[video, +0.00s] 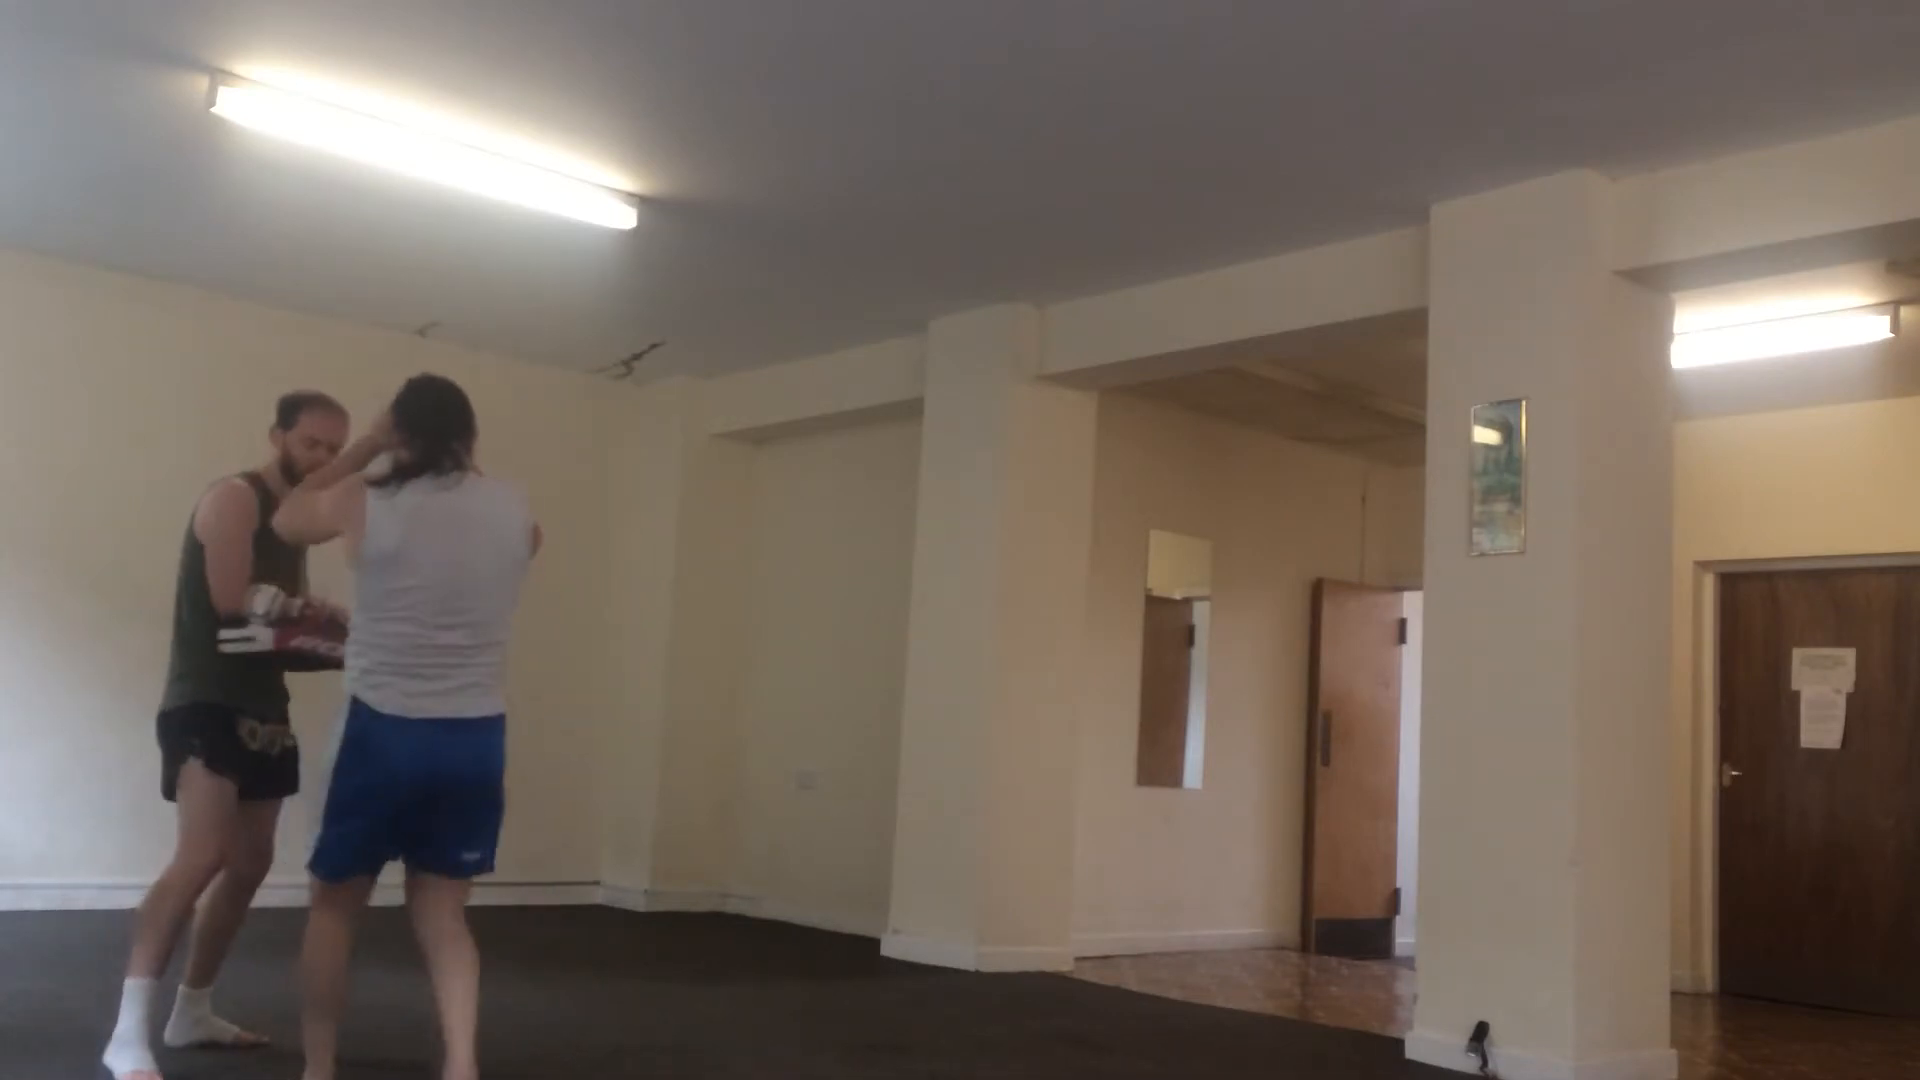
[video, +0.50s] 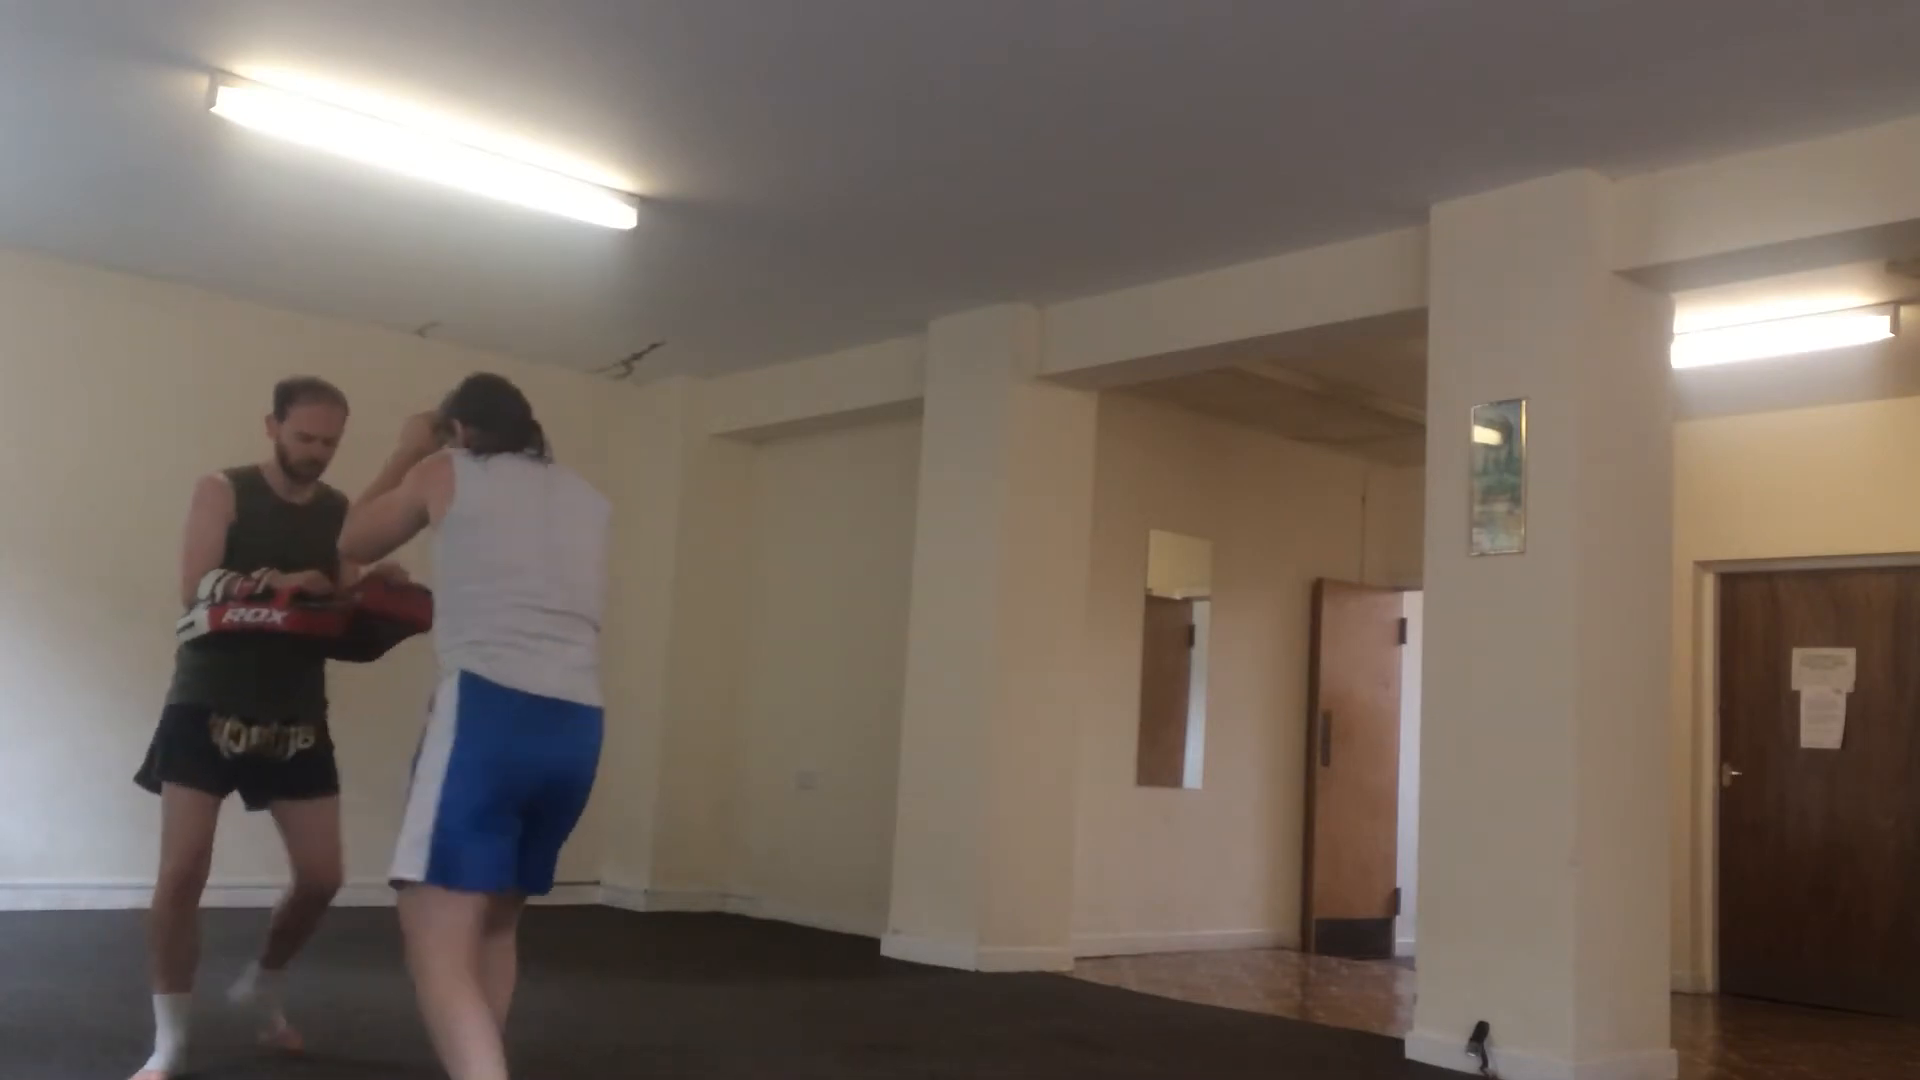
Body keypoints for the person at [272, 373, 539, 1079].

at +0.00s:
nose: (381, 437)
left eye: (387, 428)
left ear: (399, 438)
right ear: (469, 436)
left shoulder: (368, 502)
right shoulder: (512, 508)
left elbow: (288, 520)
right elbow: (524, 547)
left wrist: (365, 449)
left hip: (382, 744)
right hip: (474, 747)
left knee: (336, 906)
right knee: (443, 908)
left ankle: (319, 1066)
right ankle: (462, 1067)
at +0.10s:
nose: (408, 443)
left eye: (411, 433)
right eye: (412, 431)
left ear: (422, 442)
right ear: (490, 441)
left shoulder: (395, 501)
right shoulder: (536, 513)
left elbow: (309, 530)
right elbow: (481, 605)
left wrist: (378, 453)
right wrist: (374, 628)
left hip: (404, 747)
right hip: (498, 751)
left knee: (354, 918)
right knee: (464, 938)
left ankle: (325, 1065)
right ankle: (462, 1074)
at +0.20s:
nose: (420, 446)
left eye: (424, 436)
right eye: (423, 435)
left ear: (439, 445)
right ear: (504, 445)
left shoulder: (415, 497)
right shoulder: (553, 513)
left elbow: (327, 546)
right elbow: (504, 617)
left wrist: (386, 462)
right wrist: (385, 628)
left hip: (426, 743)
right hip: (523, 750)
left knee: (364, 906)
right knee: (479, 926)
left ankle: (364, 1069)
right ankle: (467, 1073)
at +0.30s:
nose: (433, 445)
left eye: (435, 433)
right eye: (435, 432)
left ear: (449, 436)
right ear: (515, 435)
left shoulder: (431, 485)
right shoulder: (568, 504)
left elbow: (343, 550)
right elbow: (523, 613)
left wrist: (391, 459)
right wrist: (395, 627)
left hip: (447, 736)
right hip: (542, 743)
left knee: (379, 905)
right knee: (492, 914)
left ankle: (417, 1070)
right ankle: (471, 1072)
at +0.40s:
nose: (443, 439)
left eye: (443, 428)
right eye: (443, 428)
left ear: (457, 429)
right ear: (523, 427)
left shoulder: (442, 472)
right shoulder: (579, 495)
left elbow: (351, 538)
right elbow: (530, 604)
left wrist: (397, 449)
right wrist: (413, 616)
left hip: (463, 721)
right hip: (557, 730)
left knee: (408, 933)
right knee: (495, 915)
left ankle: (466, 1071)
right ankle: (472, 1072)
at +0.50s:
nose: (447, 444)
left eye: (447, 434)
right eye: (448, 434)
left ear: (461, 432)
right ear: (528, 431)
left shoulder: (451, 474)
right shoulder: (588, 499)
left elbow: (353, 540)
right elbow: (533, 601)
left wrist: (401, 455)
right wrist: (416, 595)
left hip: (484, 720)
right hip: (574, 732)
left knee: (441, 955)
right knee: (500, 924)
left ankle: (483, 1071)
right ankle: (475, 1070)